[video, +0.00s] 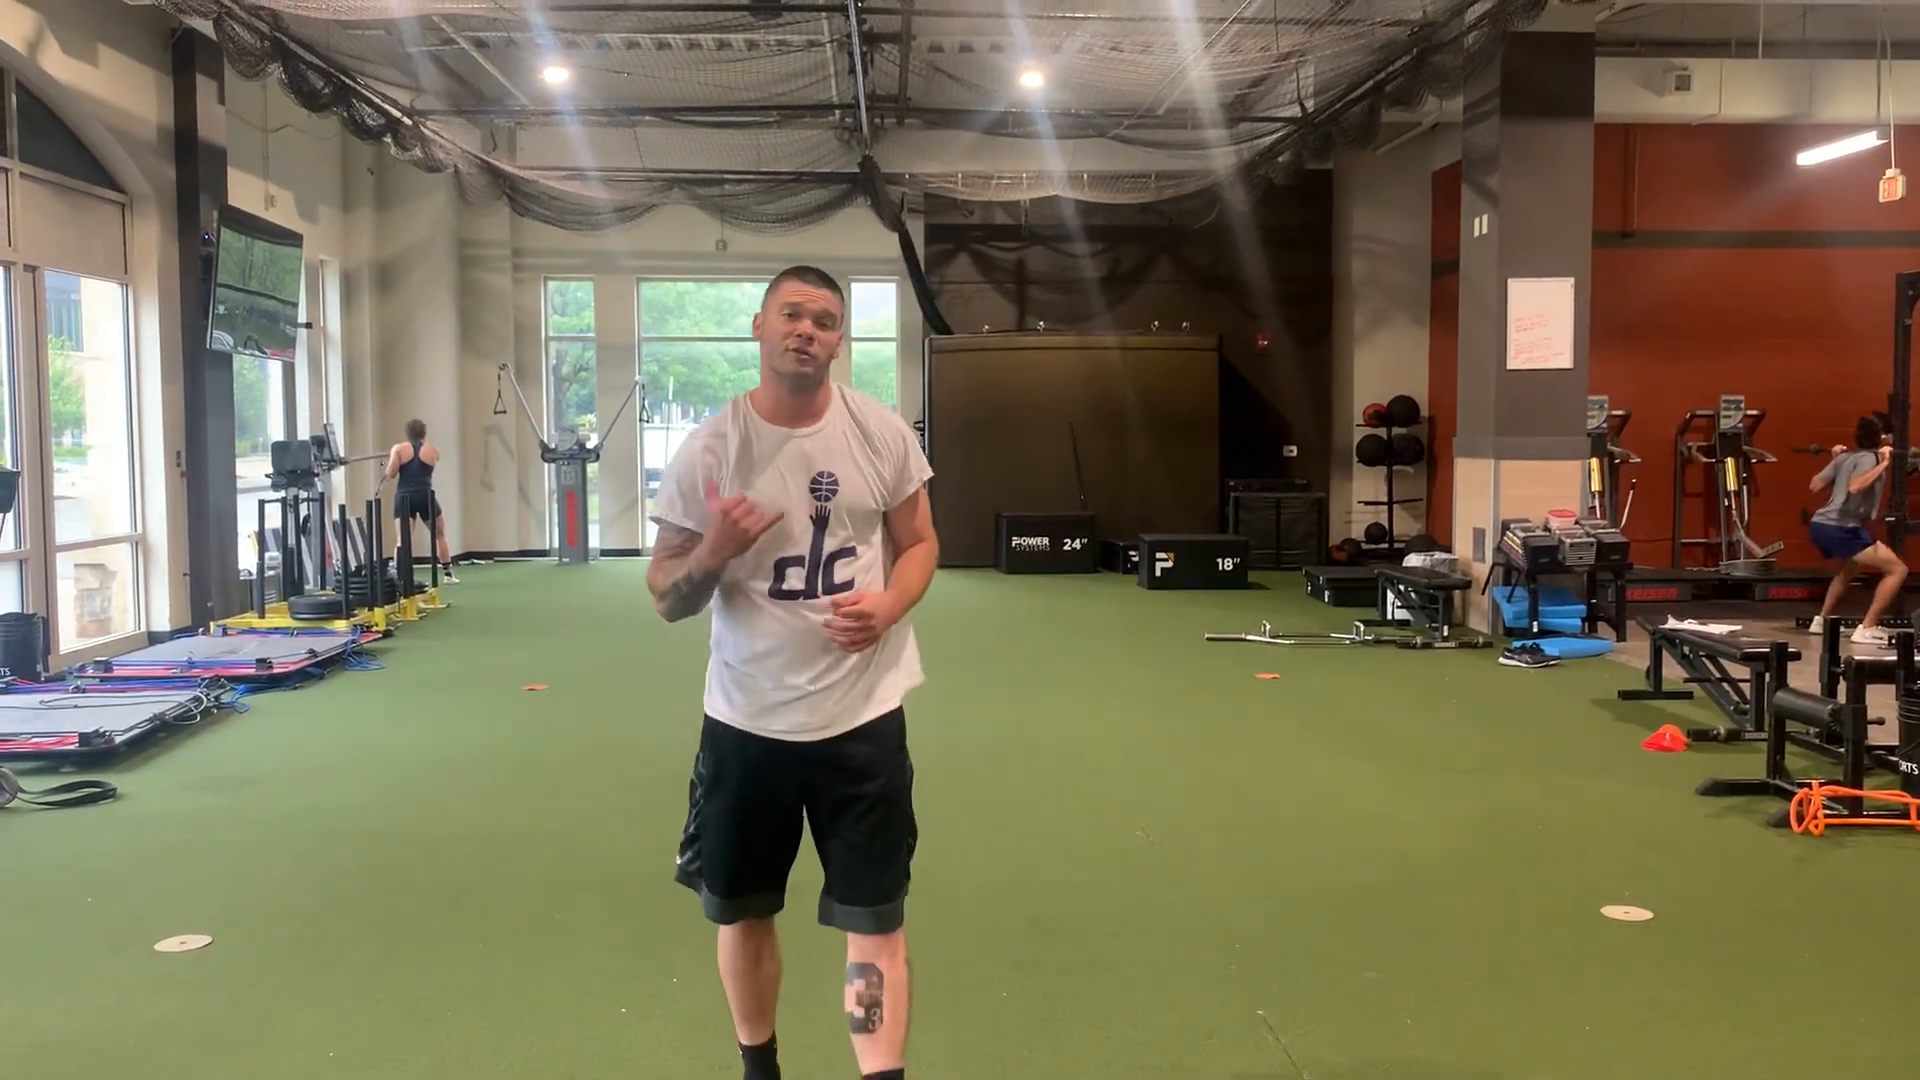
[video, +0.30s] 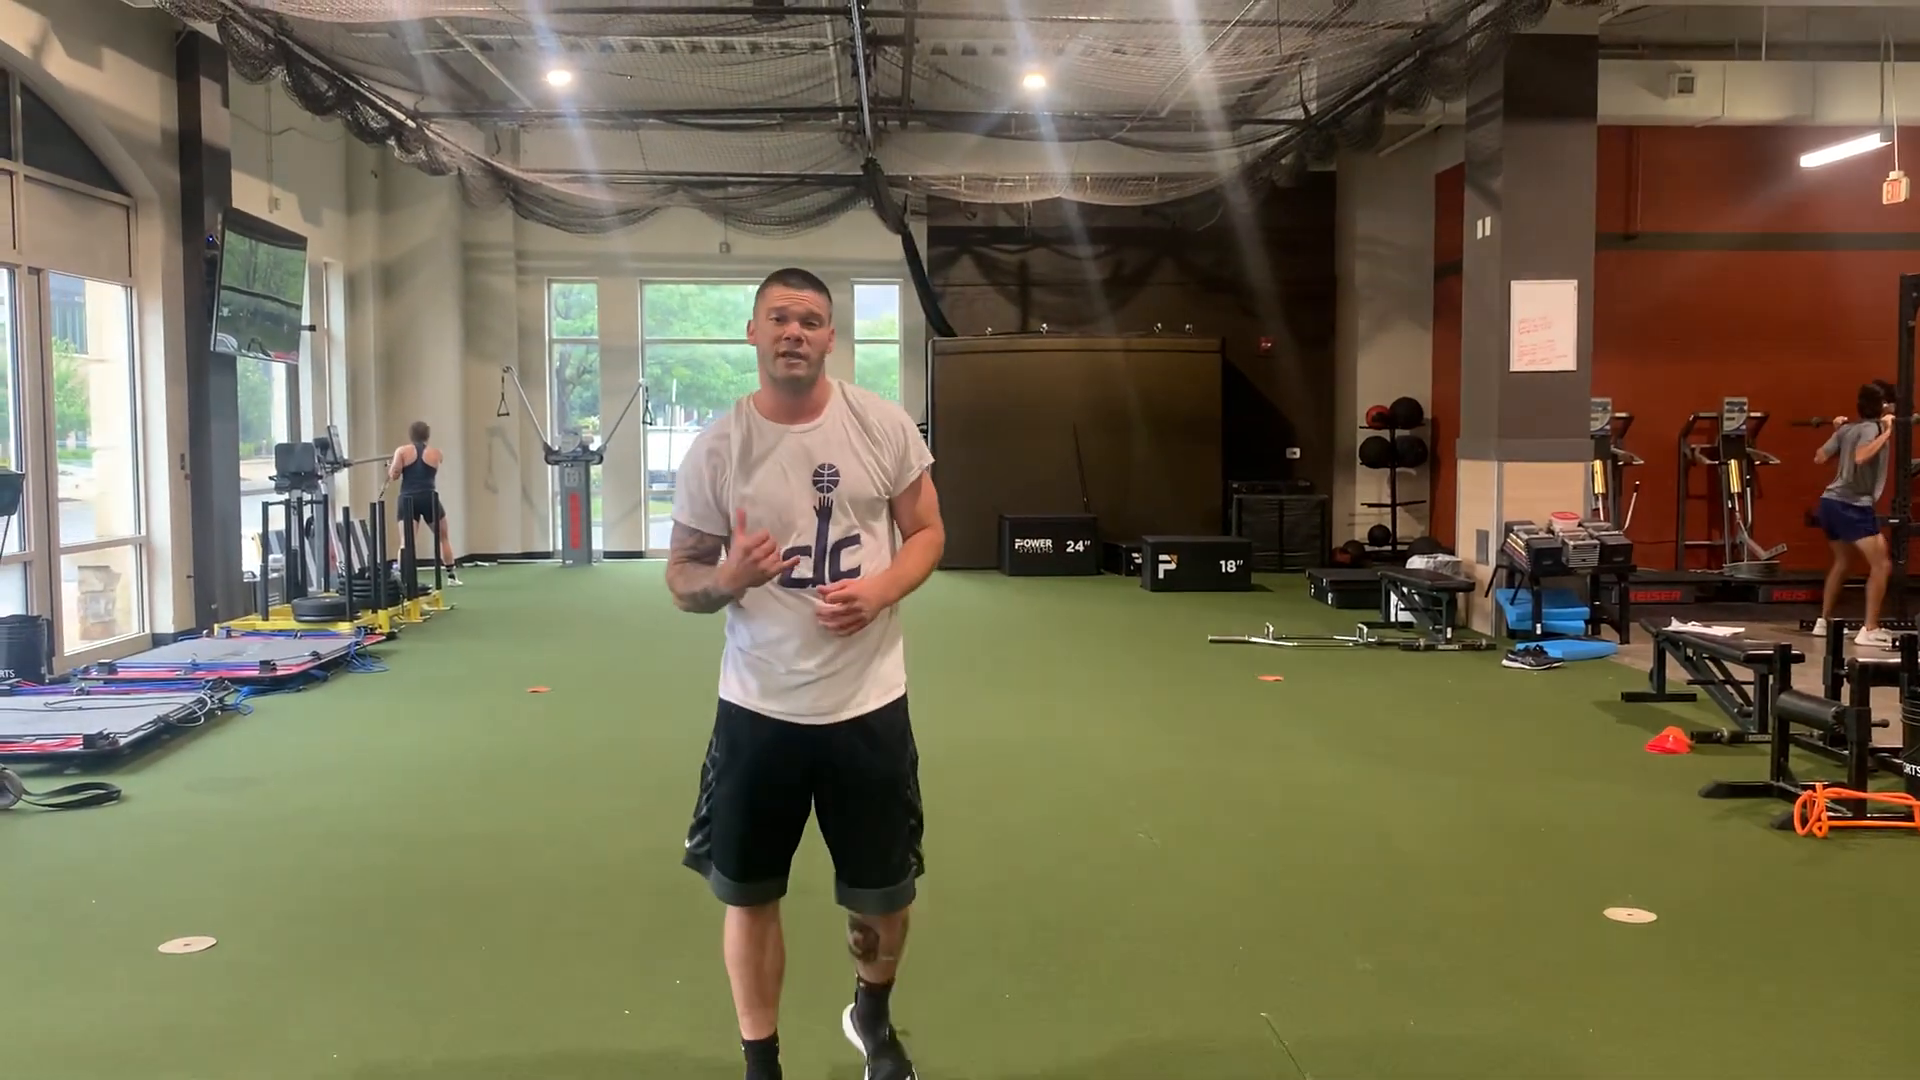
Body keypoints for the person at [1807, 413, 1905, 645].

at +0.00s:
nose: (1891, 439)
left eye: (1891, 435)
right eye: (1888, 435)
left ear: (1861, 436)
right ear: (1879, 438)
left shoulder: (1845, 457)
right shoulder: (1870, 458)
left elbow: (1815, 485)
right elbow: (1854, 486)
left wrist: (1833, 459)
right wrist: (1884, 464)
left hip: (1821, 526)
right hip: (1842, 530)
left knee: (1850, 569)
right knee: (1898, 570)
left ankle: (1821, 620)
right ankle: (1867, 628)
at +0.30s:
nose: (1891, 408)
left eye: (1891, 404)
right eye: (1889, 404)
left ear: (1861, 407)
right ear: (1881, 408)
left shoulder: (1847, 430)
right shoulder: (1872, 429)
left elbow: (1820, 457)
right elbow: (1860, 457)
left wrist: (1836, 430)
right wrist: (1887, 432)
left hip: (1830, 503)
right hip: (1854, 507)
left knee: (1841, 562)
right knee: (1881, 564)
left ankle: (1823, 621)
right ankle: (1870, 629)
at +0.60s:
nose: (1894, 401)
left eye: (1894, 396)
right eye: (1891, 397)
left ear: (1864, 400)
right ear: (1880, 400)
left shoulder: (1848, 424)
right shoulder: (1873, 423)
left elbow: (1822, 452)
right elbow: (1863, 451)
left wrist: (1837, 424)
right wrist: (1888, 425)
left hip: (1838, 499)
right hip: (1861, 503)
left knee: (1836, 560)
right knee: (1865, 565)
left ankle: (1825, 621)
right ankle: (1872, 628)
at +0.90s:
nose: (1896, 402)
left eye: (1896, 397)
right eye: (1894, 397)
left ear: (1866, 398)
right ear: (1884, 399)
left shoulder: (1849, 422)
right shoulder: (1874, 421)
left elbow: (1821, 450)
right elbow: (1863, 449)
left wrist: (1837, 423)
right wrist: (1889, 423)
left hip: (1841, 497)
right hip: (1864, 501)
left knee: (1834, 559)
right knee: (1867, 563)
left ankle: (1826, 620)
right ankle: (1873, 627)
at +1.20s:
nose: (1900, 402)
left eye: (1900, 398)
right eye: (1898, 397)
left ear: (1870, 396)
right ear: (1890, 398)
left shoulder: (1852, 420)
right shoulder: (1878, 420)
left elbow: (1824, 448)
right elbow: (1865, 447)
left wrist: (1840, 421)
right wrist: (1892, 421)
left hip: (1843, 496)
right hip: (1866, 500)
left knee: (1838, 556)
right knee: (1869, 560)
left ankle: (1827, 618)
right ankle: (1874, 626)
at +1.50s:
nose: (1907, 400)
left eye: (1907, 396)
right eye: (1905, 396)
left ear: (1877, 395)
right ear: (1897, 397)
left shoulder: (1859, 419)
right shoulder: (1885, 419)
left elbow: (1830, 448)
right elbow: (1872, 445)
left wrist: (1848, 420)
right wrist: (1900, 420)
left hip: (1852, 496)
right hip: (1875, 498)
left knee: (1847, 555)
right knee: (1872, 561)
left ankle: (1831, 616)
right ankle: (1874, 625)